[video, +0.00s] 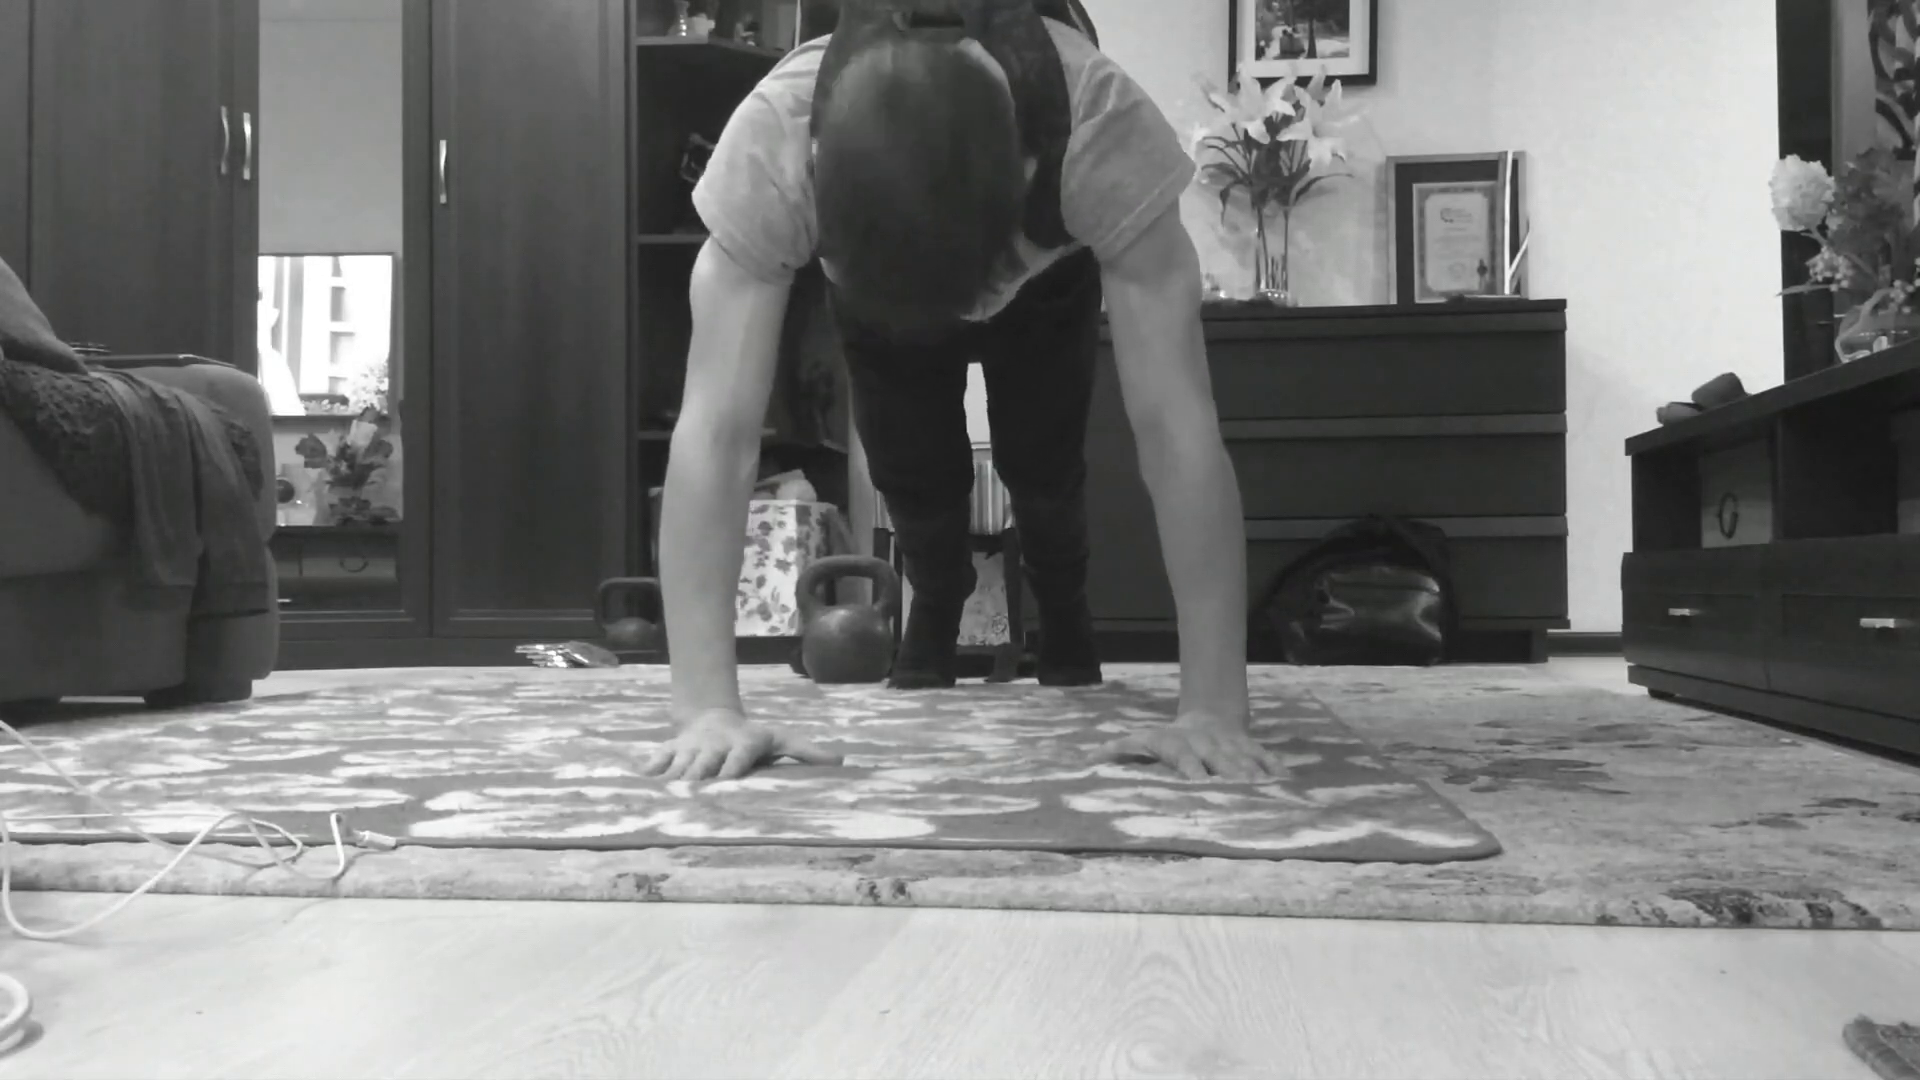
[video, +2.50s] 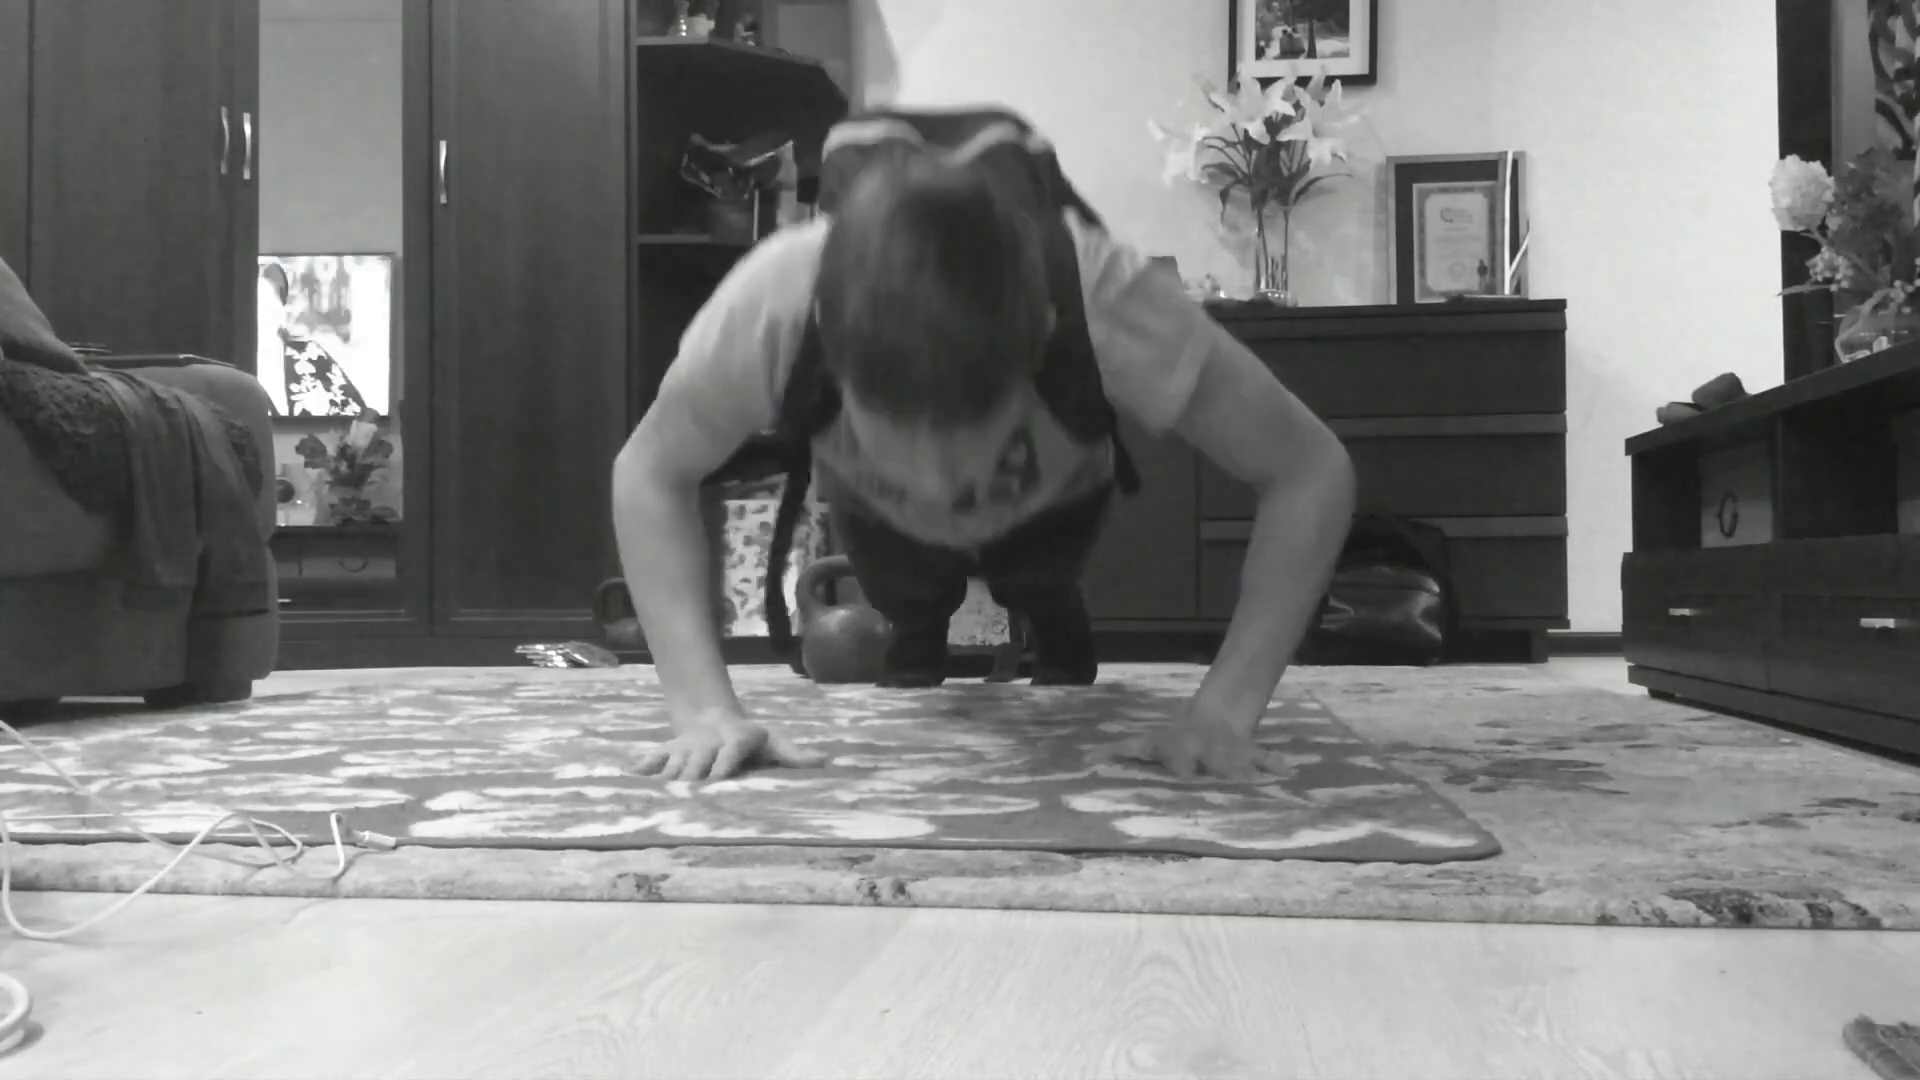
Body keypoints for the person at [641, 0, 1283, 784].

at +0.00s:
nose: (934, 326)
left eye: (965, 288)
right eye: (894, 309)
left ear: (1025, 176)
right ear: (821, 176)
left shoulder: (1115, 146)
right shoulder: (767, 156)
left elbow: (1181, 432)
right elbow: (713, 433)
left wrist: (1214, 712)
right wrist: (708, 709)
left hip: (1045, 261)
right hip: (869, 274)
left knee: (1042, 471)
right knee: (910, 477)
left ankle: (1060, 623)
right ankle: (933, 601)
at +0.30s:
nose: (932, 246)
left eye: (957, 208)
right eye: (893, 215)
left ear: (1021, 122)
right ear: (834, 145)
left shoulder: (1113, 144)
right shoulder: (775, 156)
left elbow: (1176, 436)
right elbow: (721, 436)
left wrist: (1216, 714)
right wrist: (707, 709)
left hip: (1044, 273)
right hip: (874, 282)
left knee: (1034, 485)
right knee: (908, 488)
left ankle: (1043, 645)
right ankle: (929, 608)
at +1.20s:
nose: (912, 132)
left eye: (952, 87)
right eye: (874, 87)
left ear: (1022, 42)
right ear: (834, 51)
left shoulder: (1108, 132)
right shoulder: (780, 137)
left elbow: (1175, 439)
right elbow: (722, 432)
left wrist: (1214, 710)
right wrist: (709, 711)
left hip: (1045, 332)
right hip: (880, 340)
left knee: (1045, 525)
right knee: (900, 531)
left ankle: (1066, 697)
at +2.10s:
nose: (916, 238)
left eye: (948, 202)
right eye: (880, 202)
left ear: (1013, 130)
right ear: (832, 143)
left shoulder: (1102, 163)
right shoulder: (768, 174)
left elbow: (1227, 446)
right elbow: (703, 447)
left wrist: (1217, 718)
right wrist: (708, 708)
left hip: (1045, 372)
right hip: (874, 378)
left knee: (1043, 544)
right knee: (903, 547)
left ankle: (1054, 606)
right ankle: (918, 605)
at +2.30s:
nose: (927, 359)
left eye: (959, 326)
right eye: (889, 329)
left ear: (1021, 229)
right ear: (832, 236)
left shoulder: (1107, 228)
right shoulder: (763, 234)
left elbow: (1278, 458)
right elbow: (674, 457)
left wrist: (1224, 710)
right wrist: (705, 705)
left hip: (1046, 439)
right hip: (877, 449)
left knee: (1043, 565)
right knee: (909, 579)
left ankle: (1051, 624)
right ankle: (917, 626)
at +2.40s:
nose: (930, 401)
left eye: (962, 363)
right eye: (894, 367)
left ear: (1030, 273)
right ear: (836, 275)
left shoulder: (1107, 253)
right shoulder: (765, 264)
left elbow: (1295, 460)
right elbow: (662, 465)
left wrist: (1228, 707)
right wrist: (705, 708)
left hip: (1047, 468)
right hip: (880, 481)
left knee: (1043, 566)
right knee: (909, 585)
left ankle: (1048, 616)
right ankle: (915, 626)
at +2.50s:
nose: (939, 502)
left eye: (980, 465)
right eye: (896, 469)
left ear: (1040, 353)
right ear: (840, 366)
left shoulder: (1117, 314)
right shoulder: (772, 312)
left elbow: (1315, 470)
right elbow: (649, 475)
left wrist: (1227, 709)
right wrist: (702, 704)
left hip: (1052, 503)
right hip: (881, 524)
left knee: (1044, 581)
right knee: (908, 601)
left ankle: (1051, 625)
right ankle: (917, 639)